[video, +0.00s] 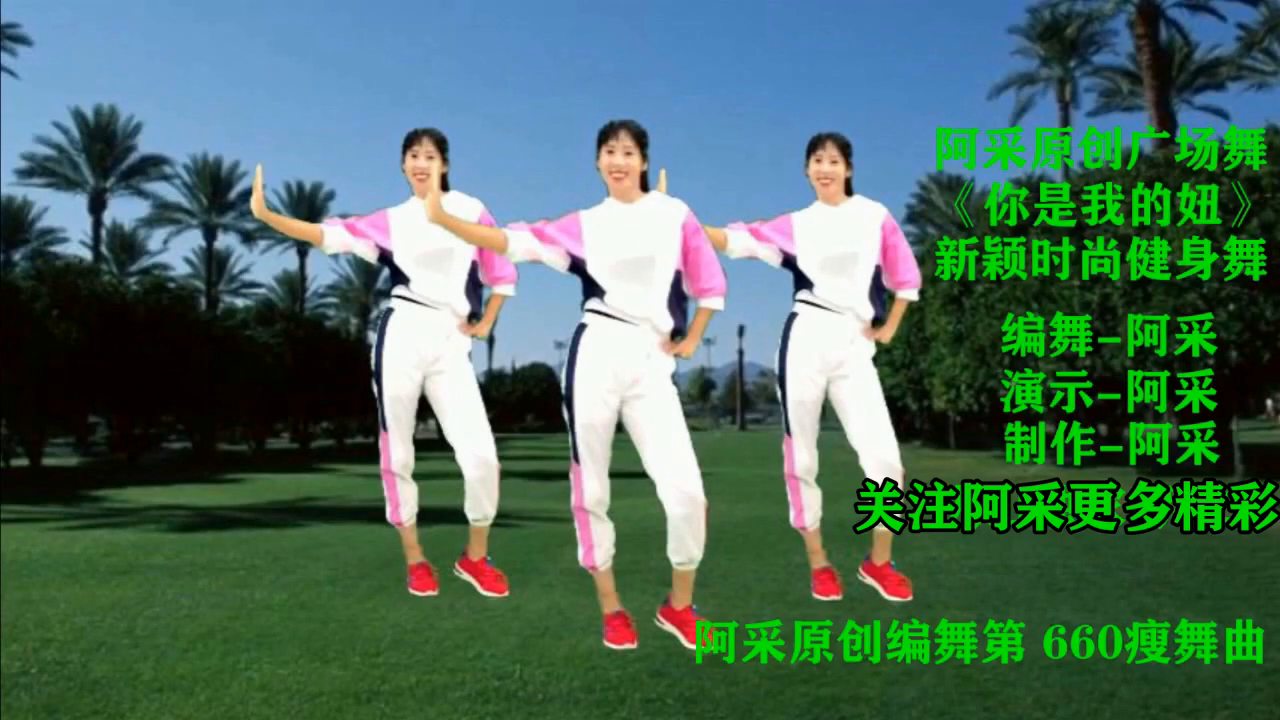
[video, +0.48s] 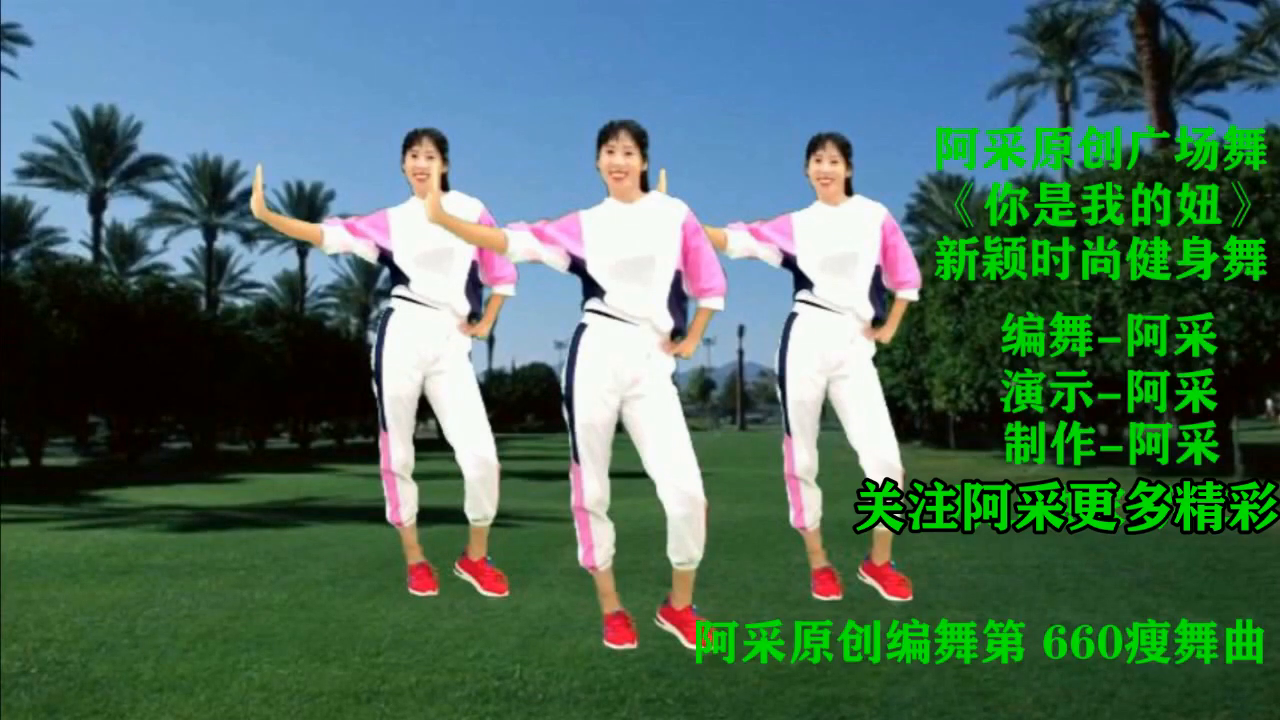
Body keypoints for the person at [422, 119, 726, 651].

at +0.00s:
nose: (618, 160)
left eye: (628, 152)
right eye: (609, 152)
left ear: (644, 162)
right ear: (598, 163)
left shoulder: (675, 216)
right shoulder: (586, 223)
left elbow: (711, 284)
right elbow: (510, 241)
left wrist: (689, 342)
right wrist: (442, 218)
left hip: (654, 353)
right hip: (598, 348)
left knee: (686, 492)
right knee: (593, 488)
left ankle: (679, 607)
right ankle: (612, 610)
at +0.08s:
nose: (618, 160)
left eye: (628, 152)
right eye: (609, 152)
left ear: (644, 162)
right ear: (598, 163)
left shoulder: (675, 216)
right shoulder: (586, 223)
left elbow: (711, 284)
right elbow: (510, 241)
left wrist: (689, 342)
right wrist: (442, 218)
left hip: (654, 353)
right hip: (598, 348)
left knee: (686, 492)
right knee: (593, 488)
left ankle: (679, 607)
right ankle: (612, 610)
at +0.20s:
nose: (618, 160)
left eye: (628, 152)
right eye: (609, 152)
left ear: (644, 162)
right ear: (598, 163)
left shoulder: (675, 216)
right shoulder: (586, 223)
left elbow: (711, 284)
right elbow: (510, 241)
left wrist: (689, 342)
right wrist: (442, 218)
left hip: (654, 353)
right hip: (598, 348)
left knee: (686, 492)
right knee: (593, 488)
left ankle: (679, 607)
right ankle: (612, 610)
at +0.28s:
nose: (618, 160)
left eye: (628, 152)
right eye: (609, 152)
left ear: (644, 162)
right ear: (598, 163)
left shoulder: (675, 215)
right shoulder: (586, 223)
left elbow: (711, 284)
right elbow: (510, 241)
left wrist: (689, 342)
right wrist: (443, 218)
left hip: (654, 353)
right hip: (598, 348)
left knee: (686, 493)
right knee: (593, 489)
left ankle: (679, 607)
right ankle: (612, 611)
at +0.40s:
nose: (618, 160)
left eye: (628, 152)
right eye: (609, 152)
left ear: (644, 162)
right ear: (598, 163)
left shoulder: (675, 215)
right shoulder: (586, 223)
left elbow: (711, 284)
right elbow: (510, 241)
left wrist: (689, 342)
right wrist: (443, 218)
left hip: (654, 353)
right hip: (598, 348)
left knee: (686, 492)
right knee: (593, 489)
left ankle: (679, 607)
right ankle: (612, 611)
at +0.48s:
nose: (618, 160)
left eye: (628, 152)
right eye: (609, 152)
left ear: (644, 162)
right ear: (598, 163)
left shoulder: (675, 215)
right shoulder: (586, 223)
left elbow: (711, 284)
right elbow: (510, 241)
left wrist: (689, 342)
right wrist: (443, 217)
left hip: (654, 353)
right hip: (598, 348)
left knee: (686, 492)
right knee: (593, 489)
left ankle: (679, 607)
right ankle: (612, 611)